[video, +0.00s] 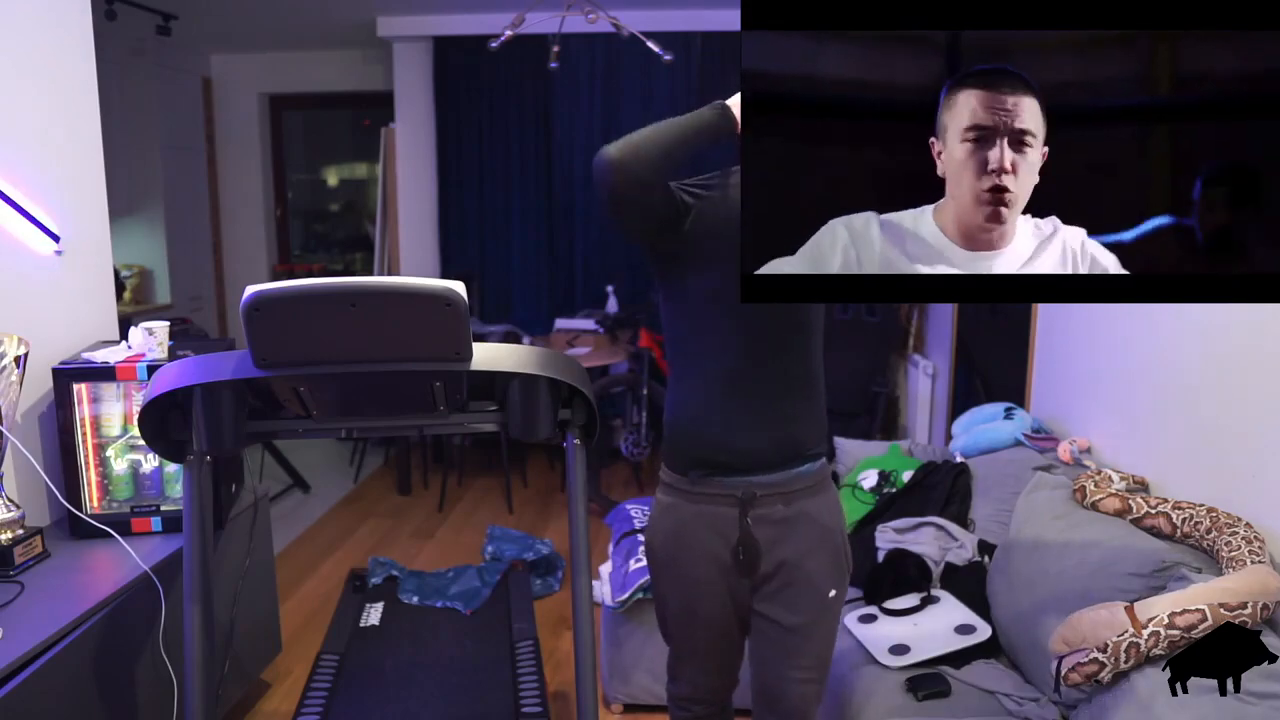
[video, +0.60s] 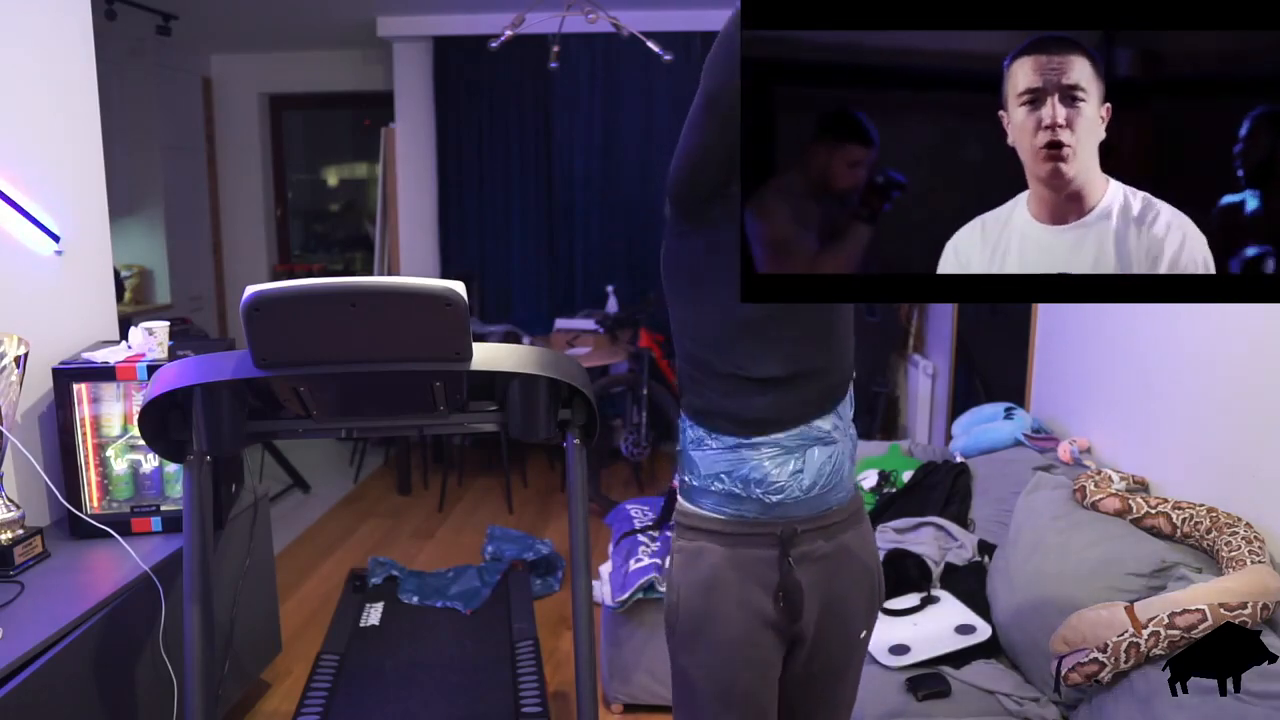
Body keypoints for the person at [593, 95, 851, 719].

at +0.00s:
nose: (774, 133)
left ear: (810, 132)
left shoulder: (820, 210)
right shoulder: (681, 212)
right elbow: (617, 164)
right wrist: (728, 114)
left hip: (803, 504)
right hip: (693, 508)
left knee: (792, 704)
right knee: (697, 702)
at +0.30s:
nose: (759, 152)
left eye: (780, 138)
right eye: (751, 139)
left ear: (820, 163)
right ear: (734, 152)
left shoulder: (845, 246)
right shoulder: (702, 223)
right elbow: (691, 89)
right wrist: (789, 93)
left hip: (828, 532)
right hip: (707, 532)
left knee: (814, 711)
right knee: (716, 709)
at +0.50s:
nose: (833, 179)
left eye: (839, 166)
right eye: (817, 162)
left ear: (846, 169)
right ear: (771, 155)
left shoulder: (843, 230)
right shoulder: (703, 215)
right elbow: (727, 68)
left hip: (836, 533)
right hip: (717, 534)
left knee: (820, 714)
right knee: (733, 712)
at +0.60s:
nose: (864, 183)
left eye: (869, 169)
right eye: (854, 165)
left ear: (867, 169)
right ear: (809, 155)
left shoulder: (842, 233)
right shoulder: (701, 215)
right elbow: (735, 50)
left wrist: (866, 222)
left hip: (838, 544)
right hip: (721, 551)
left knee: (823, 714)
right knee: (730, 712)